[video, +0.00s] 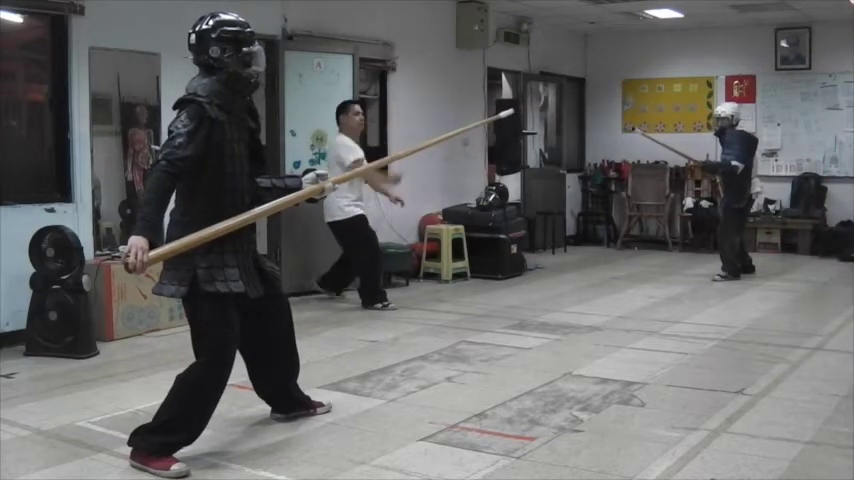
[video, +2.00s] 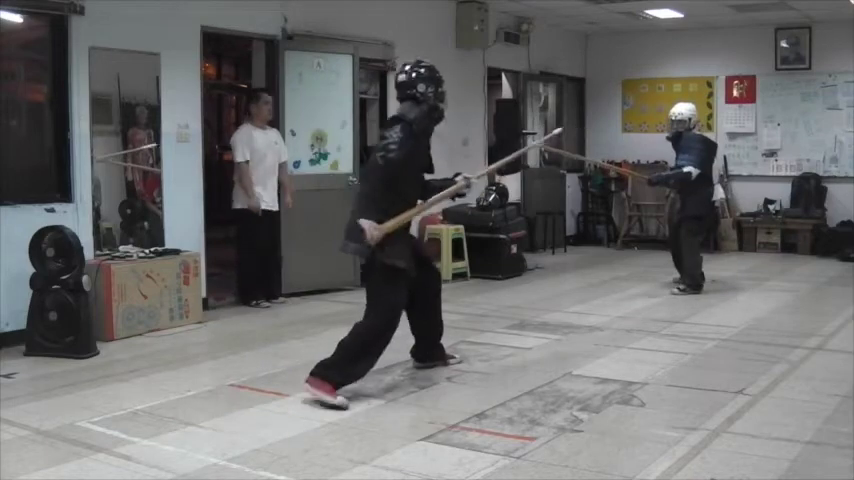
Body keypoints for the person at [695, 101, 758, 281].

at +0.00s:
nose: (718, 123)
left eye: (722, 119)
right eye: (717, 119)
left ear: (732, 120)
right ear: (718, 120)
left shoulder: (737, 137)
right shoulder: (728, 138)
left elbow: (734, 166)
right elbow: (728, 164)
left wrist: (705, 166)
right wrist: (705, 166)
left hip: (737, 193)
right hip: (734, 192)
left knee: (727, 230)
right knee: (732, 229)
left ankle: (731, 270)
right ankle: (744, 263)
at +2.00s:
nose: (676, 126)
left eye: (680, 122)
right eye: (674, 122)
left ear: (690, 122)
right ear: (671, 122)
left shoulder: (696, 141)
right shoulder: (681, 142)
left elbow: (690, 172)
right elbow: (683, 169)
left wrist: (662, 178)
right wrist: (666, 177)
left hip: (697, 198)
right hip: (685, 197)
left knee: (687, 236)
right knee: (676, 235)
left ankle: (693, 282)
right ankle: (687, 274)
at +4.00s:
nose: (672, 122)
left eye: (677, 119)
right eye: (671, 118)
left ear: (688, 119)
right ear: (669, 118)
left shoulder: (695, 138)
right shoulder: (680, 140)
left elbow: (693, 171)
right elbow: (681, 168)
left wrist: (662, 174)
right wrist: (663, 171)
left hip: (693, 195)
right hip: (682, 194)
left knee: (684, 231)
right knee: (676, 229)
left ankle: (685, 281)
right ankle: (692, 273)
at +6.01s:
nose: (638, 120)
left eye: (643, 116)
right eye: (636, 116)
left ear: (654, 116)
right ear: (634, 115)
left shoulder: (660, 136)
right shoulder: (646, 137)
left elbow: (655, 170)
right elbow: (646, 167)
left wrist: (625, 177)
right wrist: (624, 179)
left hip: (670, 195)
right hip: (659, 194)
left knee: (654, 235)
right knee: (647, 235)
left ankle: (664, 282)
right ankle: (655, 277)